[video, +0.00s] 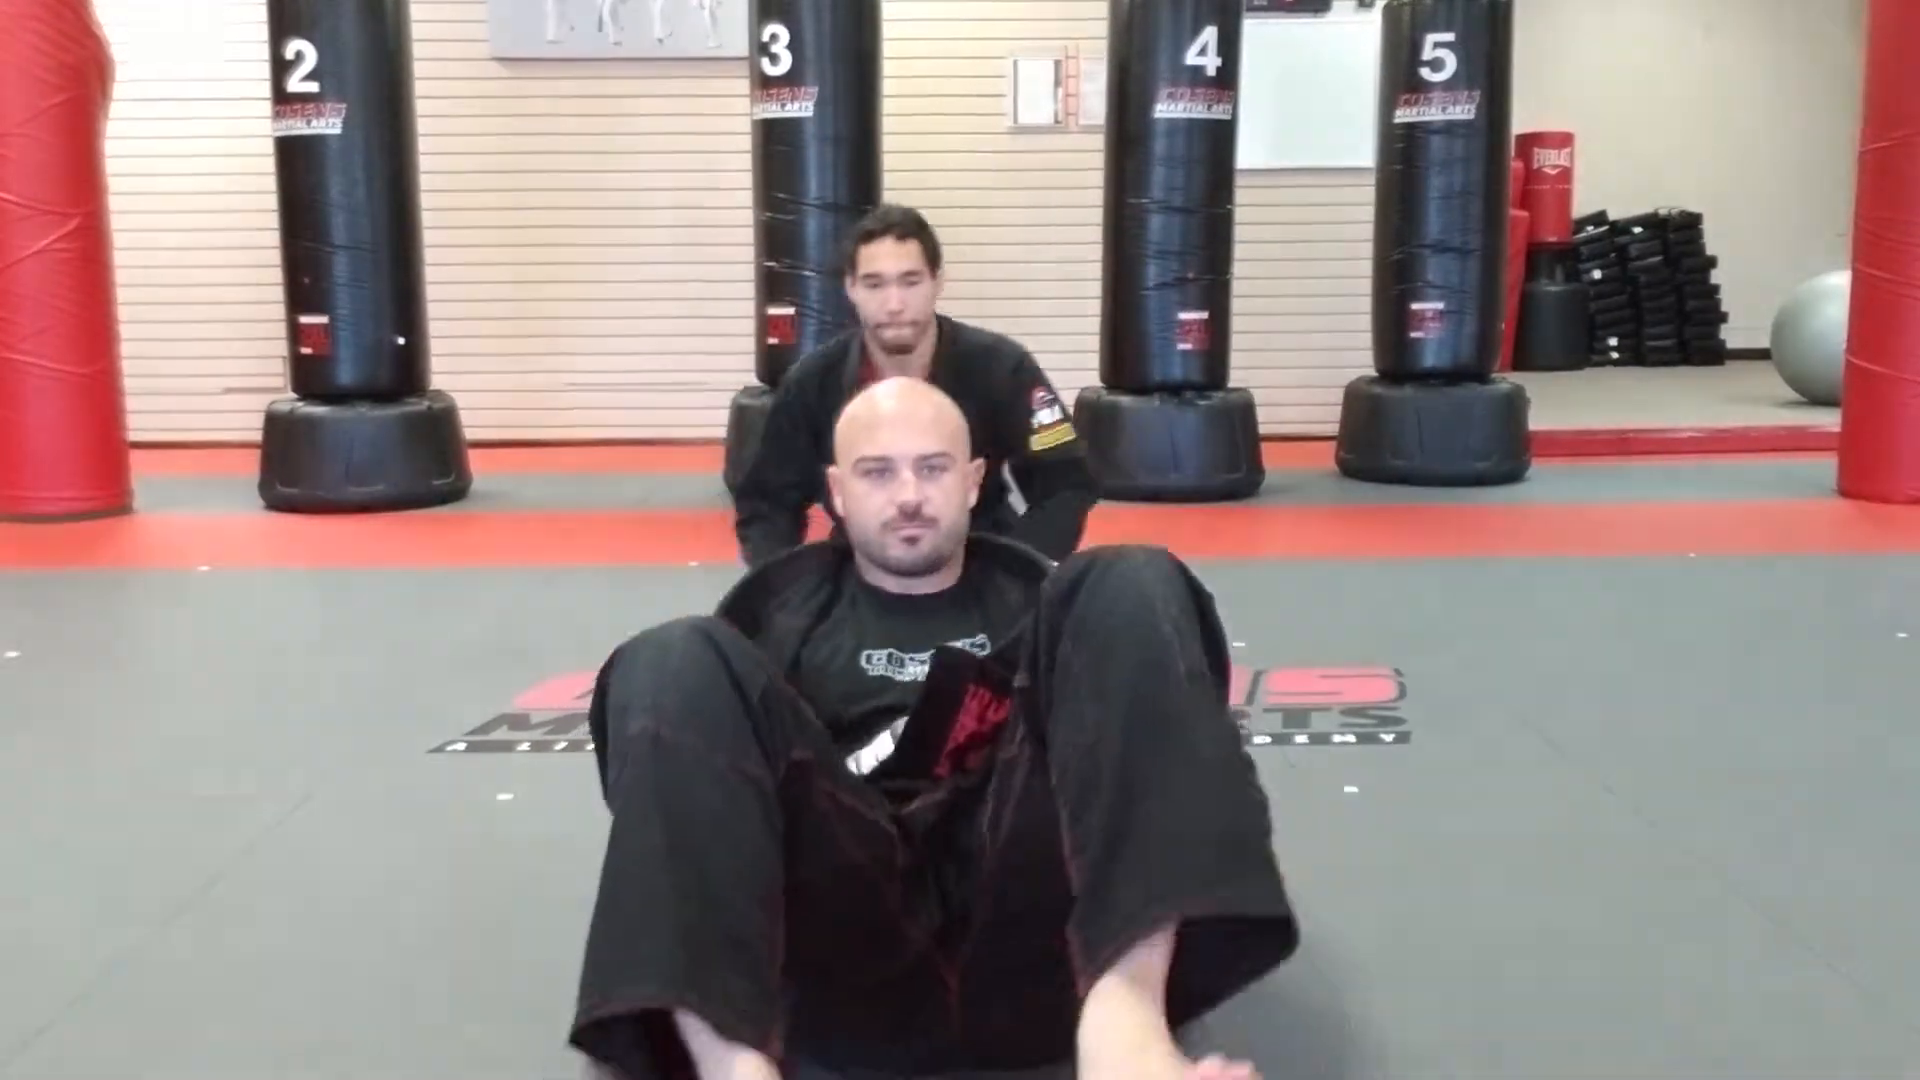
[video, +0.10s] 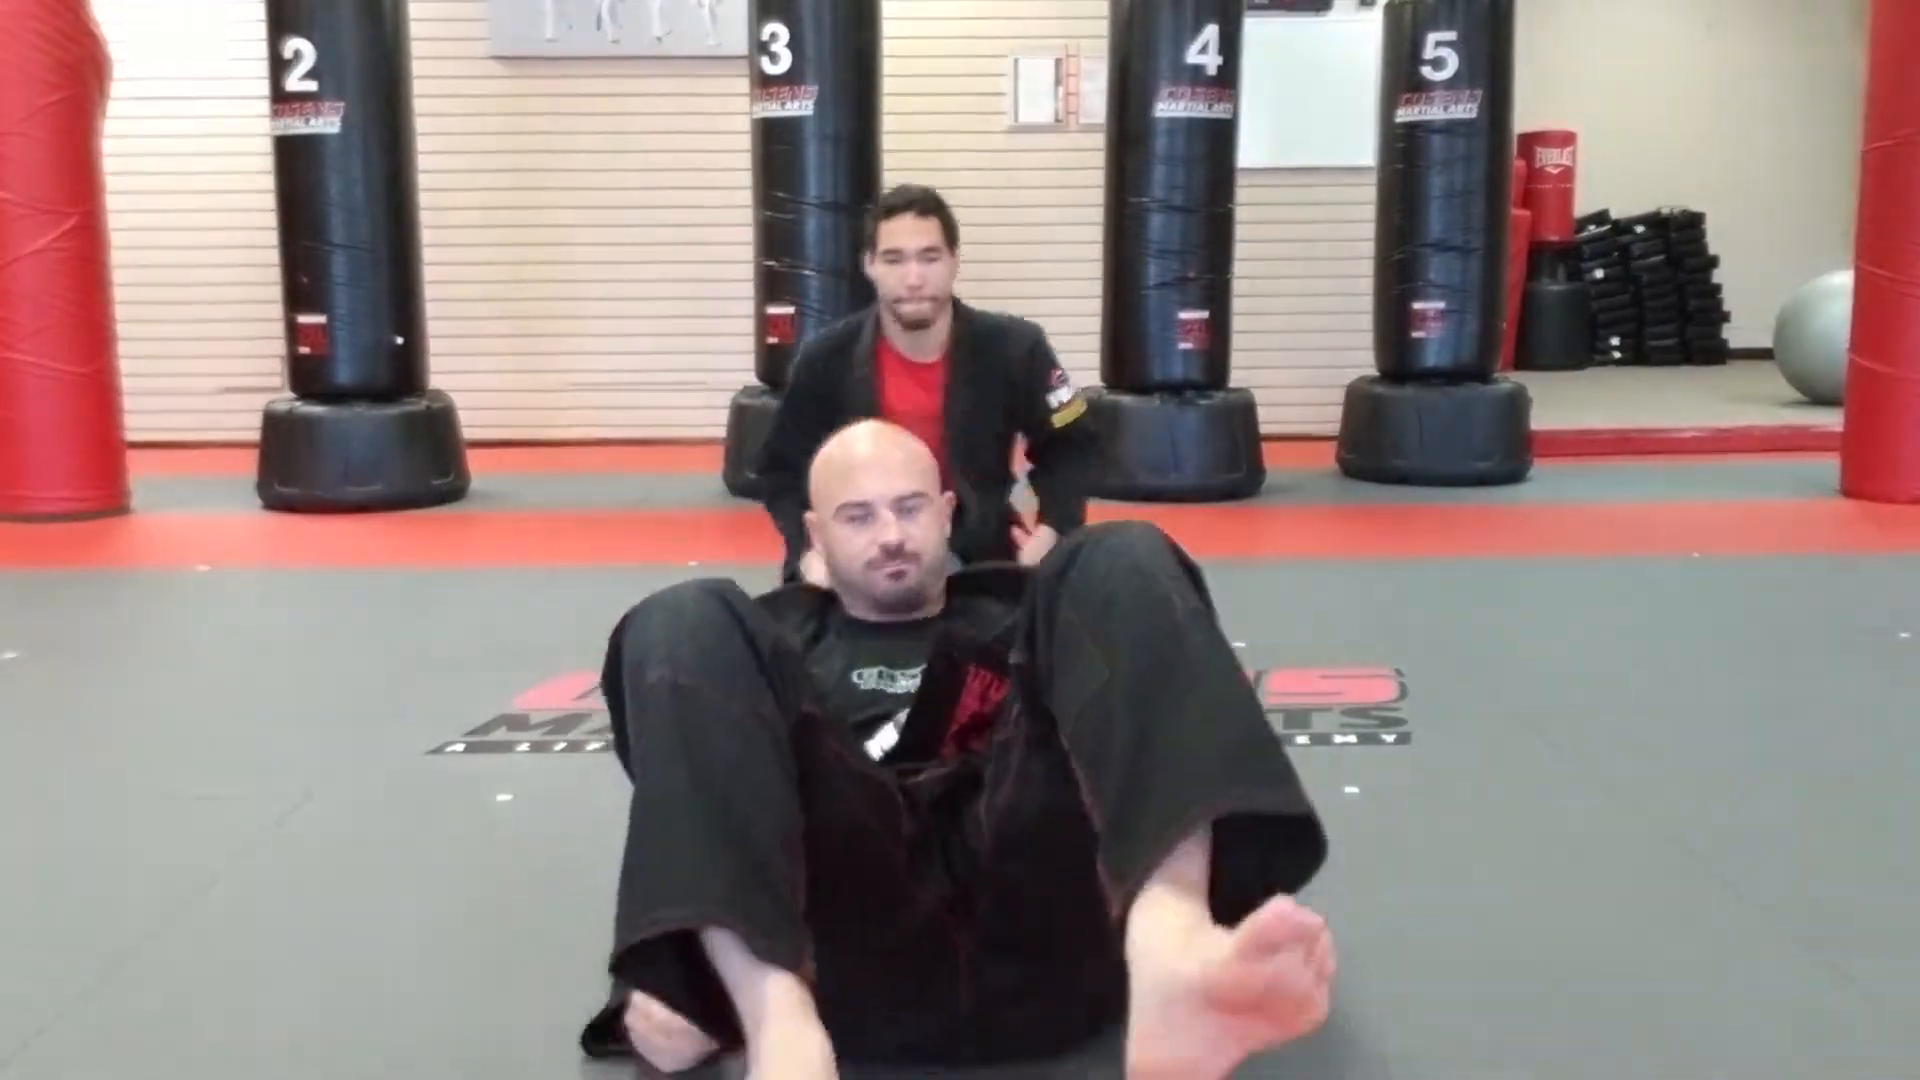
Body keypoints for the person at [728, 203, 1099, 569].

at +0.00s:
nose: (894, 303)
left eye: (910, 282)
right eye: (875, 284)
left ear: (937, 284)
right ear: (851, 290)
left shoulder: (1000, 369)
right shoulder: (814, 383)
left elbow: (1067, 486)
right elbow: (765, 502)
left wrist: (1011, 584)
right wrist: (788, 599)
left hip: (983, 586)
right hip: (856, 587)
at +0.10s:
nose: (913, 278)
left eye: (930, 258)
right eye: (894, 260)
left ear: (955, 264)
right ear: (869, 267)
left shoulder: (1013, 350)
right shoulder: (827, 360)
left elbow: (1068, 445)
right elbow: (781, 472)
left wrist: (1054, 528)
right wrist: (808, 552)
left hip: (983, 569)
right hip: (860, 573)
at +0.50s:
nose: (943, 246)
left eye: (960, 228)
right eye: (925, 228)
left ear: (983, 240)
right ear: (901, 241)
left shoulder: (1028, 341)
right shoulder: (852, 338)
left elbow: (1055, 443)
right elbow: (804, 452)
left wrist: (1048, 518)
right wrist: (860, 518)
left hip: (994, 543)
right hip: (888, 544)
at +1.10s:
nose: (925, 262)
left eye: (943, 245)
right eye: (908, 244)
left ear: (967, 253)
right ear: (886, 251)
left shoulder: (1014, 349)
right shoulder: (834, 344)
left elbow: (1067, 488)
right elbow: (787, 455)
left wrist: (1044, 478)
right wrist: (839, 487)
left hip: (976, 544)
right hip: (865, 541)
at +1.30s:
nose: (923, 308)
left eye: (942, 288)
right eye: (907, 286)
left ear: (966, 285)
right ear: (883, 279)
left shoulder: (1008, 368)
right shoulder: (833, 359)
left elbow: (1064, 491)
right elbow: (786, 480)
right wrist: (821, 554)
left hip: (967, 564)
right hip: (860, 563)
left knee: (1047, 657)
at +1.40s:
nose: (923, 334)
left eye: (943, 314)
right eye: (906, 310)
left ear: (967, 307)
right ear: (883, 298)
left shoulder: (1010, 385)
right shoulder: (828, 371)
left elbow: (1062, 522)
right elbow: (773, 499)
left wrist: (1095, 628)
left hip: (972, 566)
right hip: (857, 563)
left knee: (1053, 673)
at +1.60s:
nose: (917, 396)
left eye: (939, 379)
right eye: (900, 372)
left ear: (968, 354)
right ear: (878, 338)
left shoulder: (1013, 392)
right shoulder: (822, 375)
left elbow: (1066, 532)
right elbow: (750, 515)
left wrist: (1083, 661)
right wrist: (746, 642)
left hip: (971, 577)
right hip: (846, 565)